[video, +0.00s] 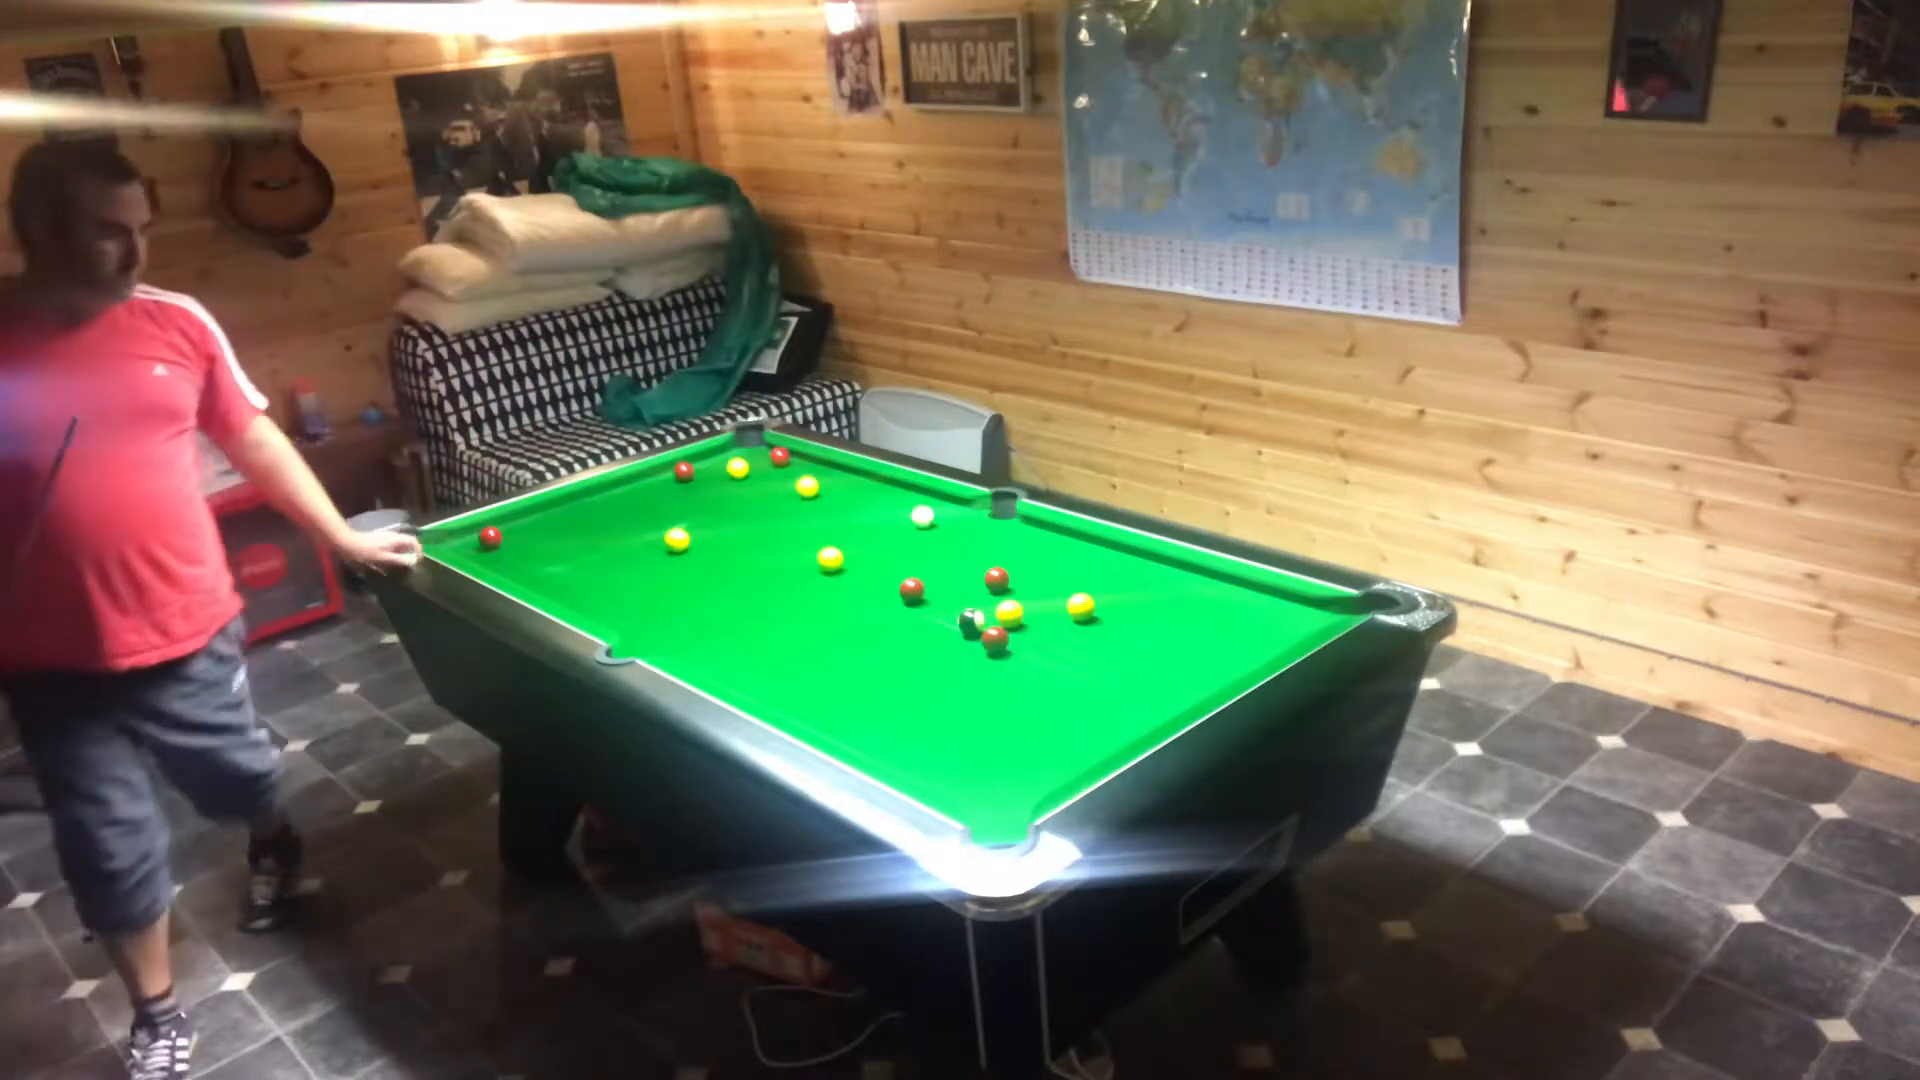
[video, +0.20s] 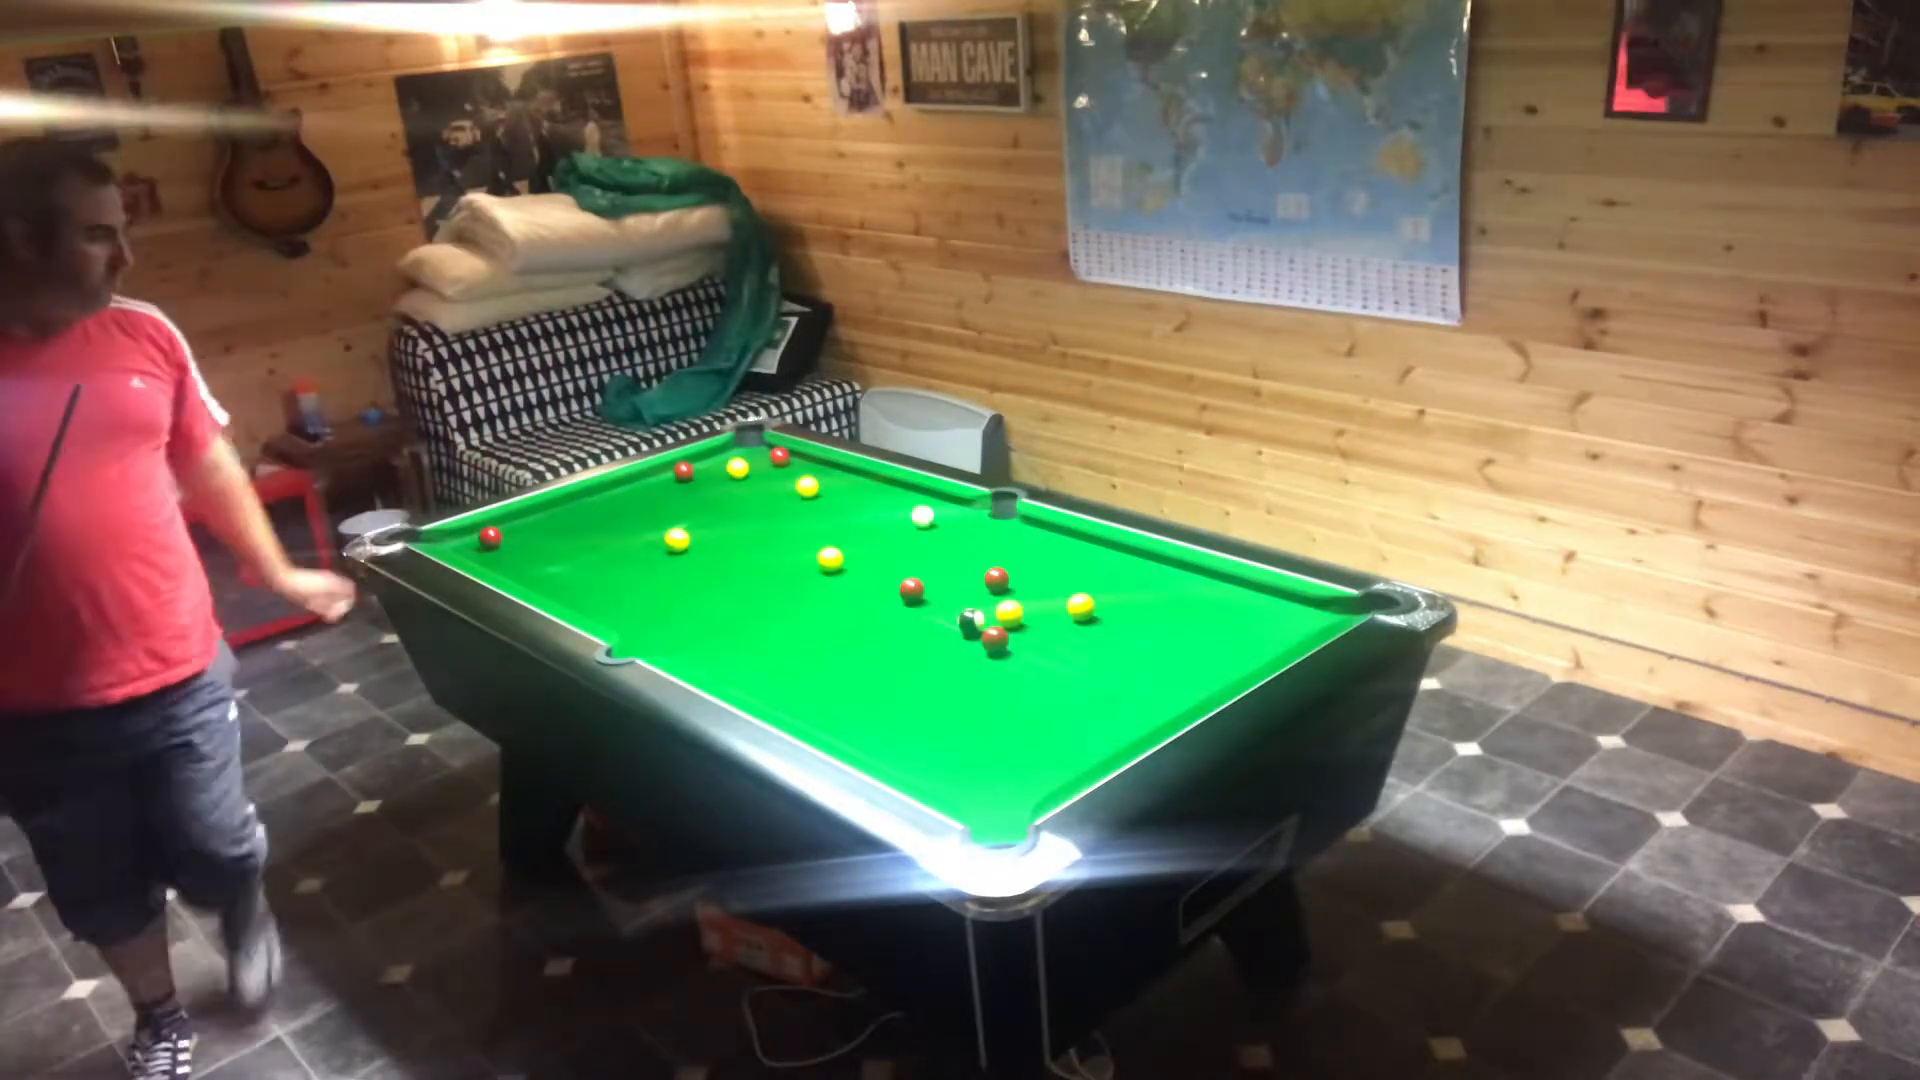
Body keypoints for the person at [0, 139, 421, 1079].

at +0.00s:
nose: (131, 252)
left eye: (140, 232)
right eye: (107, 233)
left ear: (149, 225)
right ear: (37, 232)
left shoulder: (179, 328)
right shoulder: (5, 339)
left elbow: (255, 437)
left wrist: (339, 532)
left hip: (184, 635)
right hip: (49, 655)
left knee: (237, 772)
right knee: (111, 856)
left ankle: (273, 839)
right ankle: (157, 1019)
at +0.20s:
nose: (121, 254)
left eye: (122, 233)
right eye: (97, 237)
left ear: (120, 231)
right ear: (23, 244)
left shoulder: (144, 338)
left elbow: (208, 464)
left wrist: (281, 572)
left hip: (177, 673)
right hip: (40, 706)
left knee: (216, 849)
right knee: (104, 893)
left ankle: (242, 915)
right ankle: (159, 1018)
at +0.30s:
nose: (125, 261)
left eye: (124, 239)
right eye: (100, 244)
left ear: (120, 236)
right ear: (28, 253)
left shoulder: (138, 347)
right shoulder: (5, 376)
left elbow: (193, 479)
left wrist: (241, 600)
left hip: (177, 683)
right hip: (40, 717)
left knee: (218, 872)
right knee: (104, 902)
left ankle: (257, 1026)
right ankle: (160, 1018)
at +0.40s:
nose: (136, 273)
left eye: (135, 252)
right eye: (113, 253)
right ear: (37, 265)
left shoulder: (141, 361)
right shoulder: (3, 391)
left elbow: (188, 494)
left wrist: (224, 622)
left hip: (184, 704)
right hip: (43, 738)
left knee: (229, 926)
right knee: (111, 918)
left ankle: (275, 1072)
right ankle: (164, 1019)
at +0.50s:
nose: (155, 290)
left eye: (153, 266)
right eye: (135, 267)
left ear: (72, 278)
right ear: (56, 278)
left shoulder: (154, 380)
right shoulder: (5, 405)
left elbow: (199, 520)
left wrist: (233, 649)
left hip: (197, 737)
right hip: (54, 772)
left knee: (234, 968)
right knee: (114, 938)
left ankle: (274, 1073)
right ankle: (161, 1017)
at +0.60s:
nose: (181, 293)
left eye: (178, 270)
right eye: (163, 271)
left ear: (107, 281)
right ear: (90, 281)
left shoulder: (175, 390)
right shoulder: (9, 406)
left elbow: (221, 535)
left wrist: (260, 665)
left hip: (214, 749)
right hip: (66, 785)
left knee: (260, 1012)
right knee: (120, 957)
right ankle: (151, 1027)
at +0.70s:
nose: (205, 291)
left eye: (202, 267)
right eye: (187, 268)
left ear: (127, 278)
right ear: (110, 279)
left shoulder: (199, 388)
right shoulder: (13, 403)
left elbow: (249, 541)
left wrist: (298, 683)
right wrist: (5, 825)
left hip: (244, 774)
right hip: (89, 808)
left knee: (281, 1032)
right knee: (128, 1022)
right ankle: (142, 1066)